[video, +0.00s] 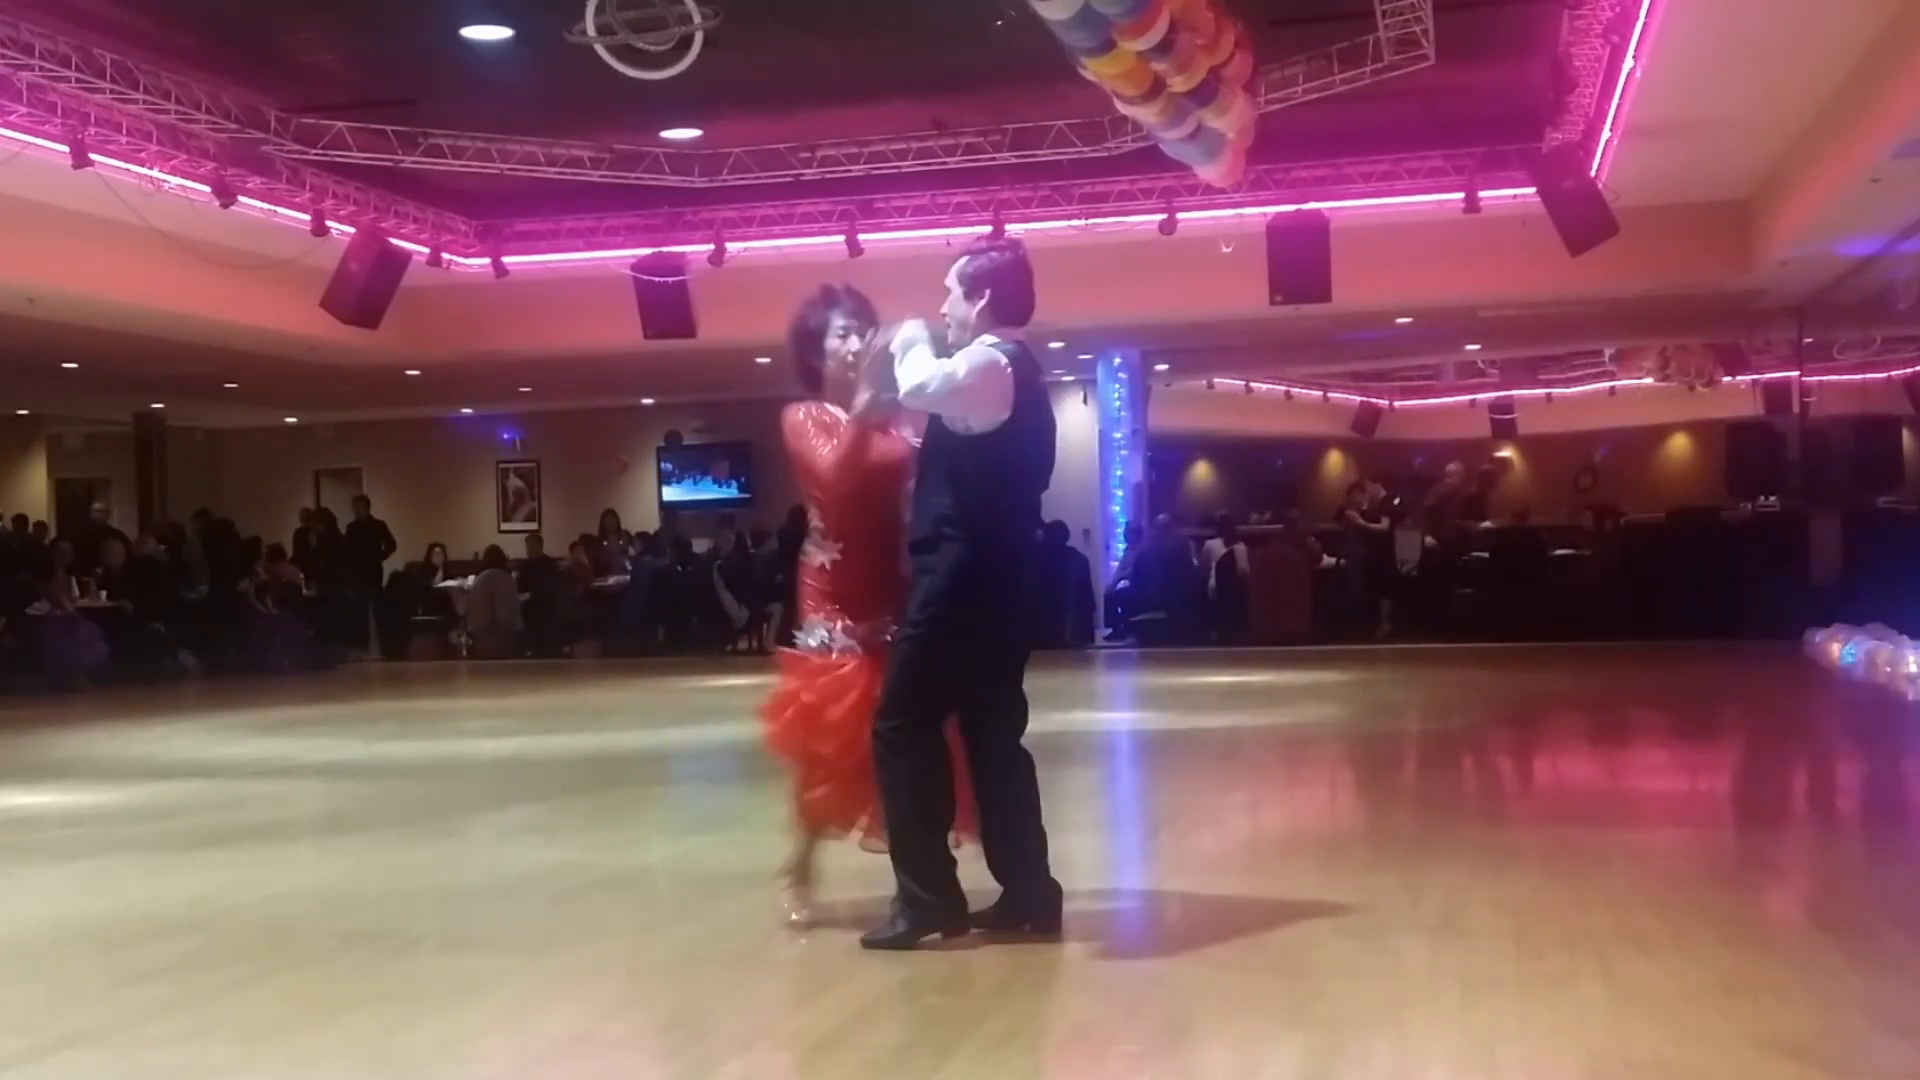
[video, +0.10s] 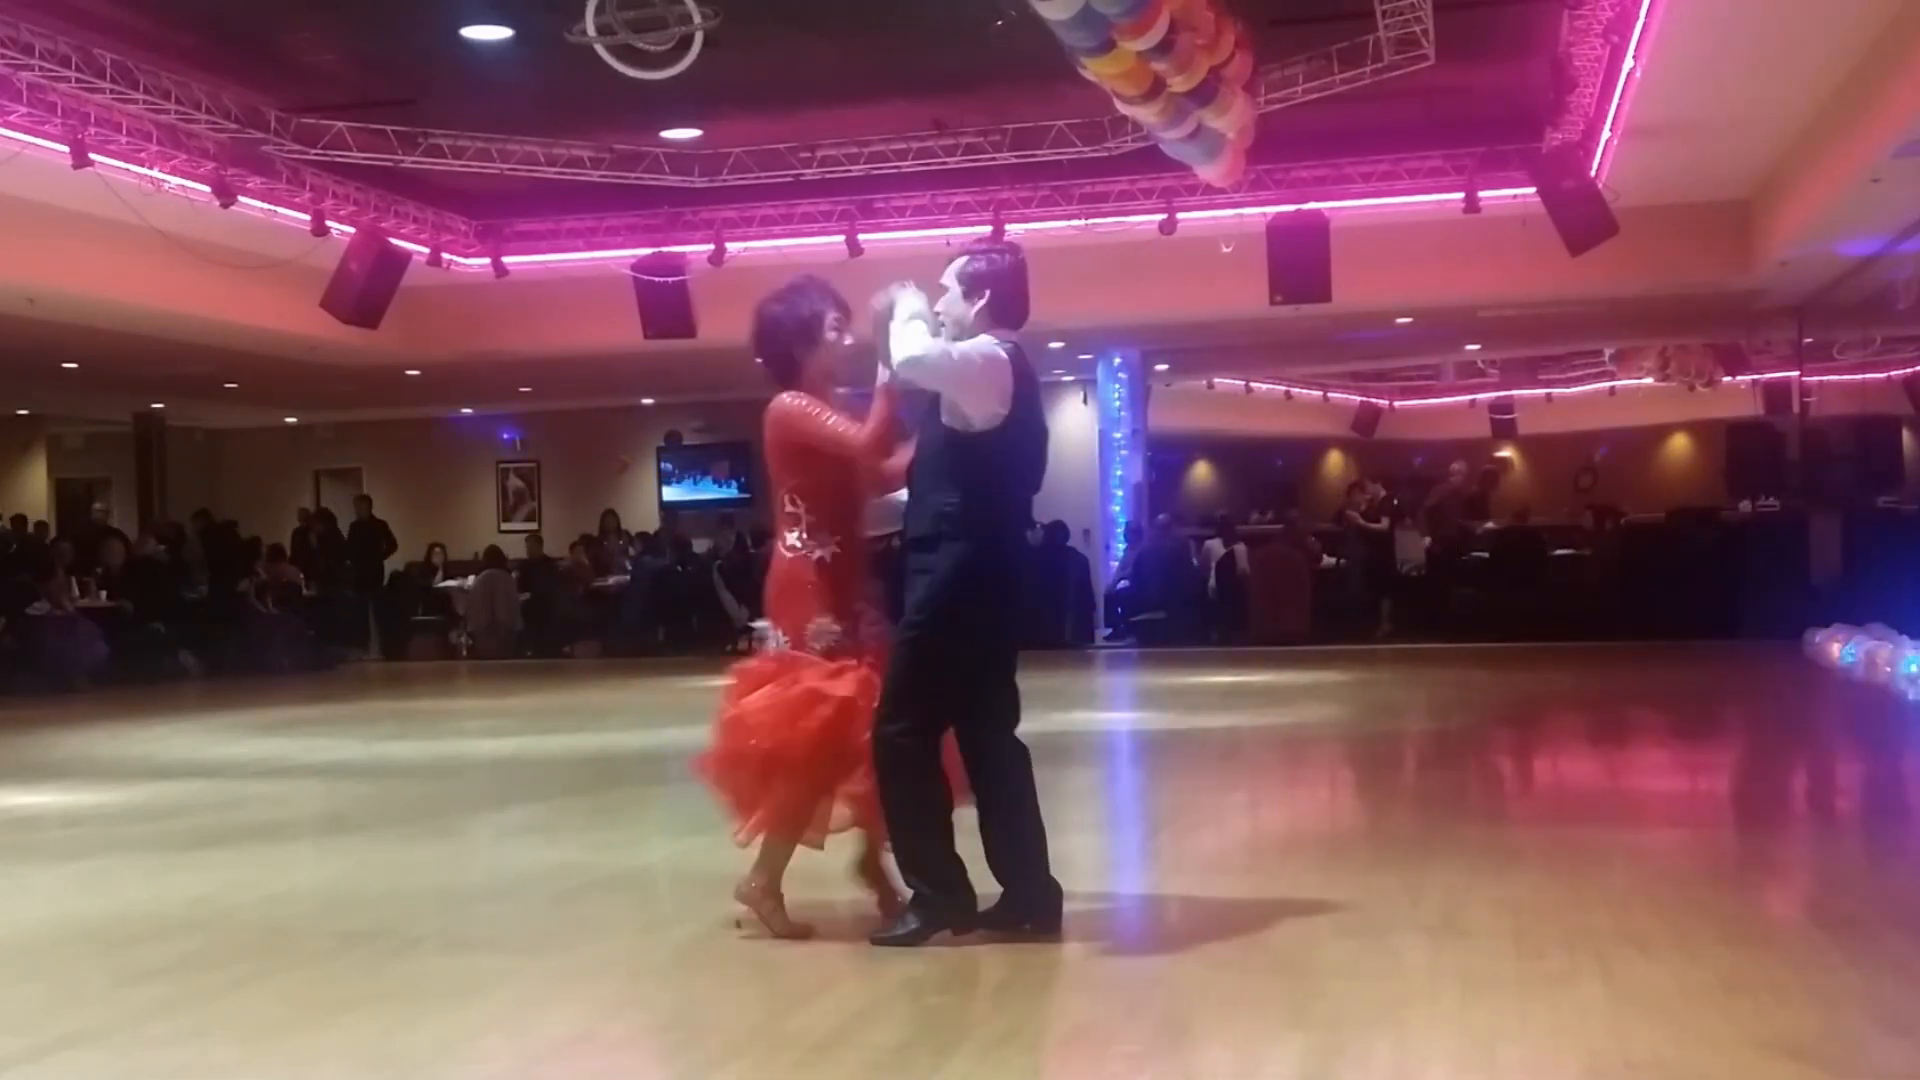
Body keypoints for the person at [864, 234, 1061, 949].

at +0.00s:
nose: (942, 306)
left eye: (950, 294)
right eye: (946, 294)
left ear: (981, 297)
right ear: (1005, 299)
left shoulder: (985, 362)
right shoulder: (1018, 361)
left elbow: (901, 388)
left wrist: (909, 344)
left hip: (962, 571)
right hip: (1002, 569)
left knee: (901, 725)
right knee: (994, 729)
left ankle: (927, 898)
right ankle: (1029, 895)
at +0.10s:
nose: (937, 302)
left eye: (947, 291)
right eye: (941, 292)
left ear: (978, 296)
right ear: (997, 300)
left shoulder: (986, 357)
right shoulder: (999, 360)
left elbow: (910, 357)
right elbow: (944, 468)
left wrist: (905, 306)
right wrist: (859, 490)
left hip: (957, 567)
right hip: (987, 565)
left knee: (901, 731)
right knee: (988, 730)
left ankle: (939, 897)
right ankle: (1031, 896)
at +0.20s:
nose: (926, 296)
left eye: (938, 286)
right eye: (929, 286)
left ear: (972, 297)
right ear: (972, 300)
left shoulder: (979, 359)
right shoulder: (967, 371)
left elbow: (892, 326)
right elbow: (922, 494)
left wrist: (873, 265)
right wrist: (833, 530)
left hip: (951, 579)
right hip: (962, 577)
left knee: (905, 738)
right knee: (980, 734)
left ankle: (945, 898)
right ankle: (1030, 896)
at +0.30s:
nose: (908, 296)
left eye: (921, 286)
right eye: (913, 285)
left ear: (958, 298)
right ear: (964, 299)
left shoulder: (958, 356)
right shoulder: (966, 367)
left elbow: (865, 310)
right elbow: (917, 490)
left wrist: (830, 242)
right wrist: (833, 533)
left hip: (933, 574)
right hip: (958, 572)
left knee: (909, 740)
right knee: (963, 730)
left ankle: (944, 899)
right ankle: (1029, 885)